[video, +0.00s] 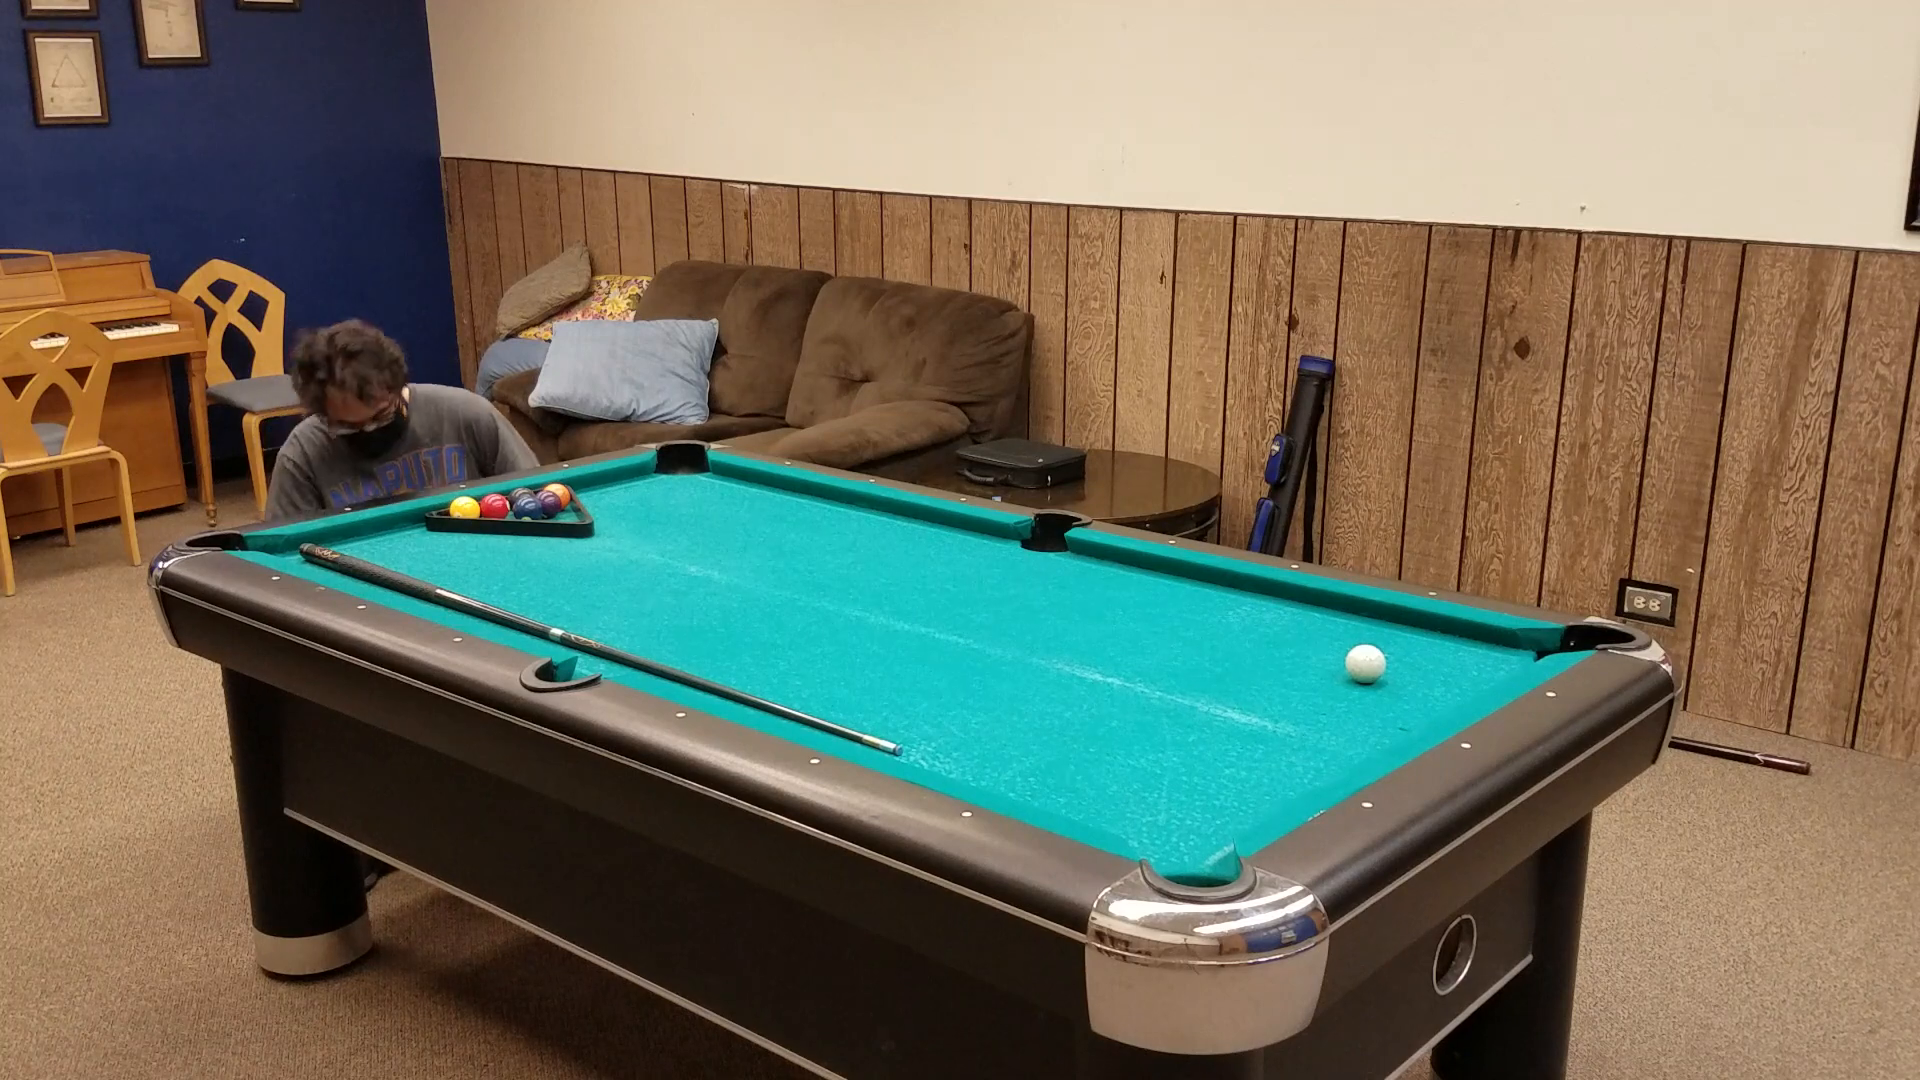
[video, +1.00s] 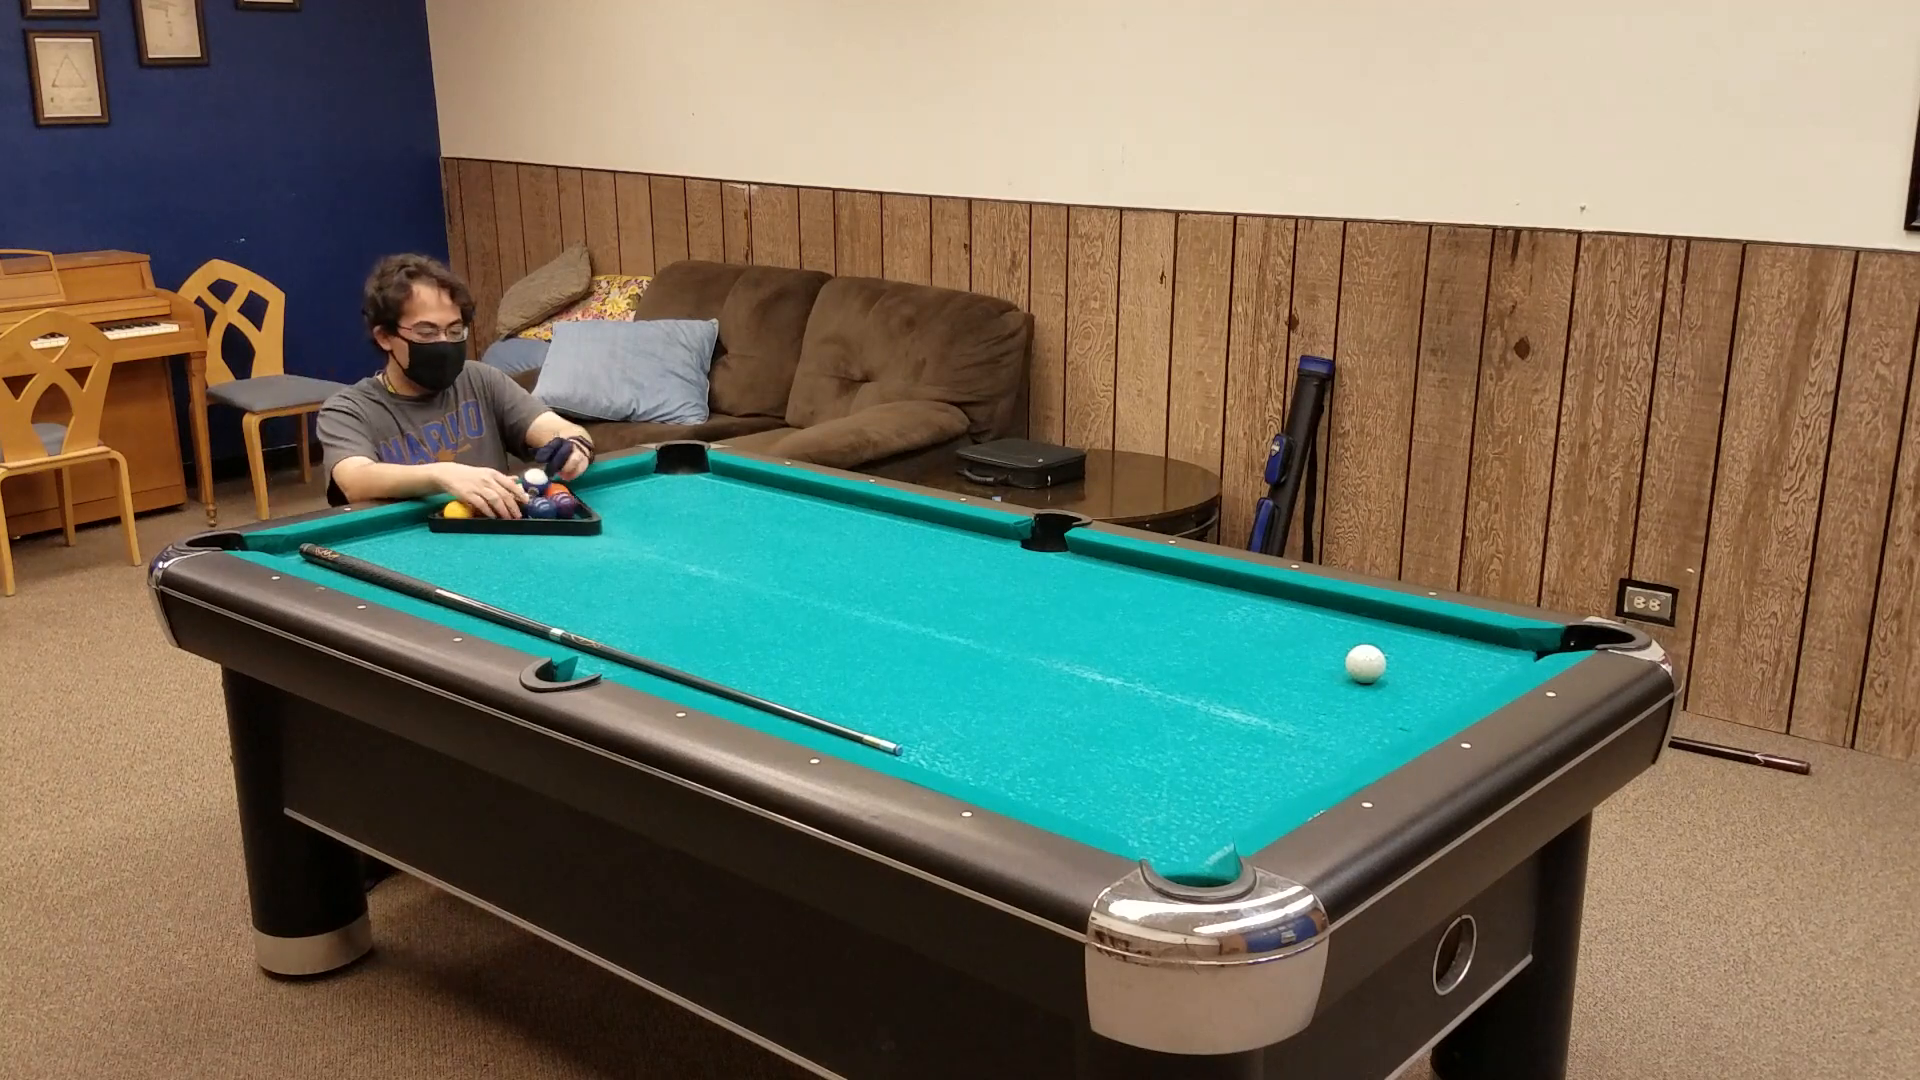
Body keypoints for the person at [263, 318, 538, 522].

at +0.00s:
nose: (367, 435)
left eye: (379, 418)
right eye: (348, 427)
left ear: (398, 388)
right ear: (320, 411)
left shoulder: (468, 415)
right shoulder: (303, 454)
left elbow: (536, 497)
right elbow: (281, 555)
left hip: (478, 571)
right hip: (365, 589)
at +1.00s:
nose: (445, 344)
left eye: (454, 329)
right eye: (427, 332)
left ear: (465, 326)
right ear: (385, 336)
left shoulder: (482, 381)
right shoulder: (350, 409)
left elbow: (549, 426)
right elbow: (356, 482)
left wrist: (574, 443)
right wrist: (443, 474)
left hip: (505, 552)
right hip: (411, 568)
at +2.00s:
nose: (472, 334)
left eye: (481, 322)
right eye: (455, 321)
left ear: (491, 323)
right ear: (411, 328)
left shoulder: (493, 381)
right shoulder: (372, 401)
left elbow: (569, 431)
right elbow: (410, 462)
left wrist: (582, 461)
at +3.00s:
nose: (459, 334)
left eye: (468, 322)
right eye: (442, 322)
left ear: (479, 324)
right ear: (399, 331)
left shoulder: (488, 381)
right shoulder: (362, 404)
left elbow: (567, 431)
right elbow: (379, 475)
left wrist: (584, 458)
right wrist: (475, 474)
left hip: (499, 558)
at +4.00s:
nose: (456, 339)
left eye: (465, 326)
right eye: (439, 326)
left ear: (476, 326)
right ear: (396, 334)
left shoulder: (486, 382)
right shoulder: (357, 405)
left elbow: (567, 432)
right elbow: (365, 481)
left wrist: (583, 458)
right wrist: (442, 453)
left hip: (501, 551)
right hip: (409, 566)